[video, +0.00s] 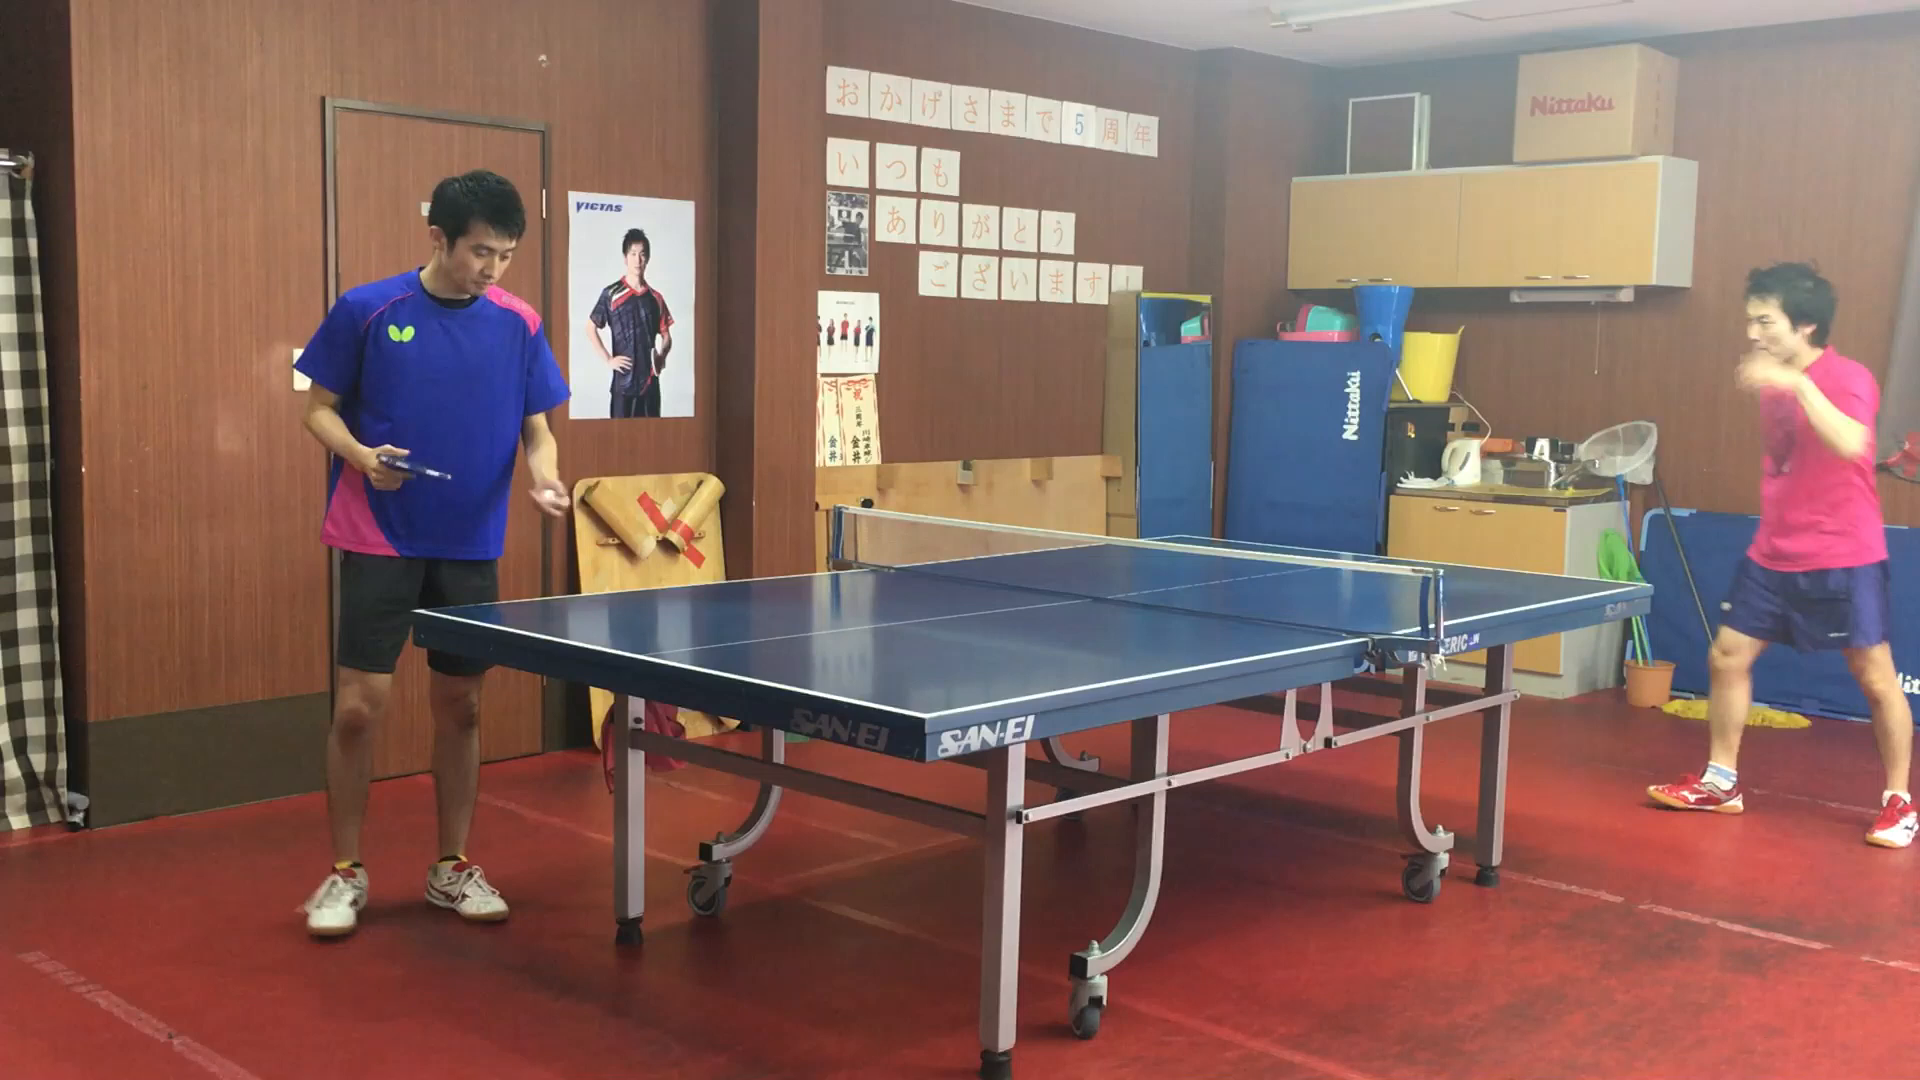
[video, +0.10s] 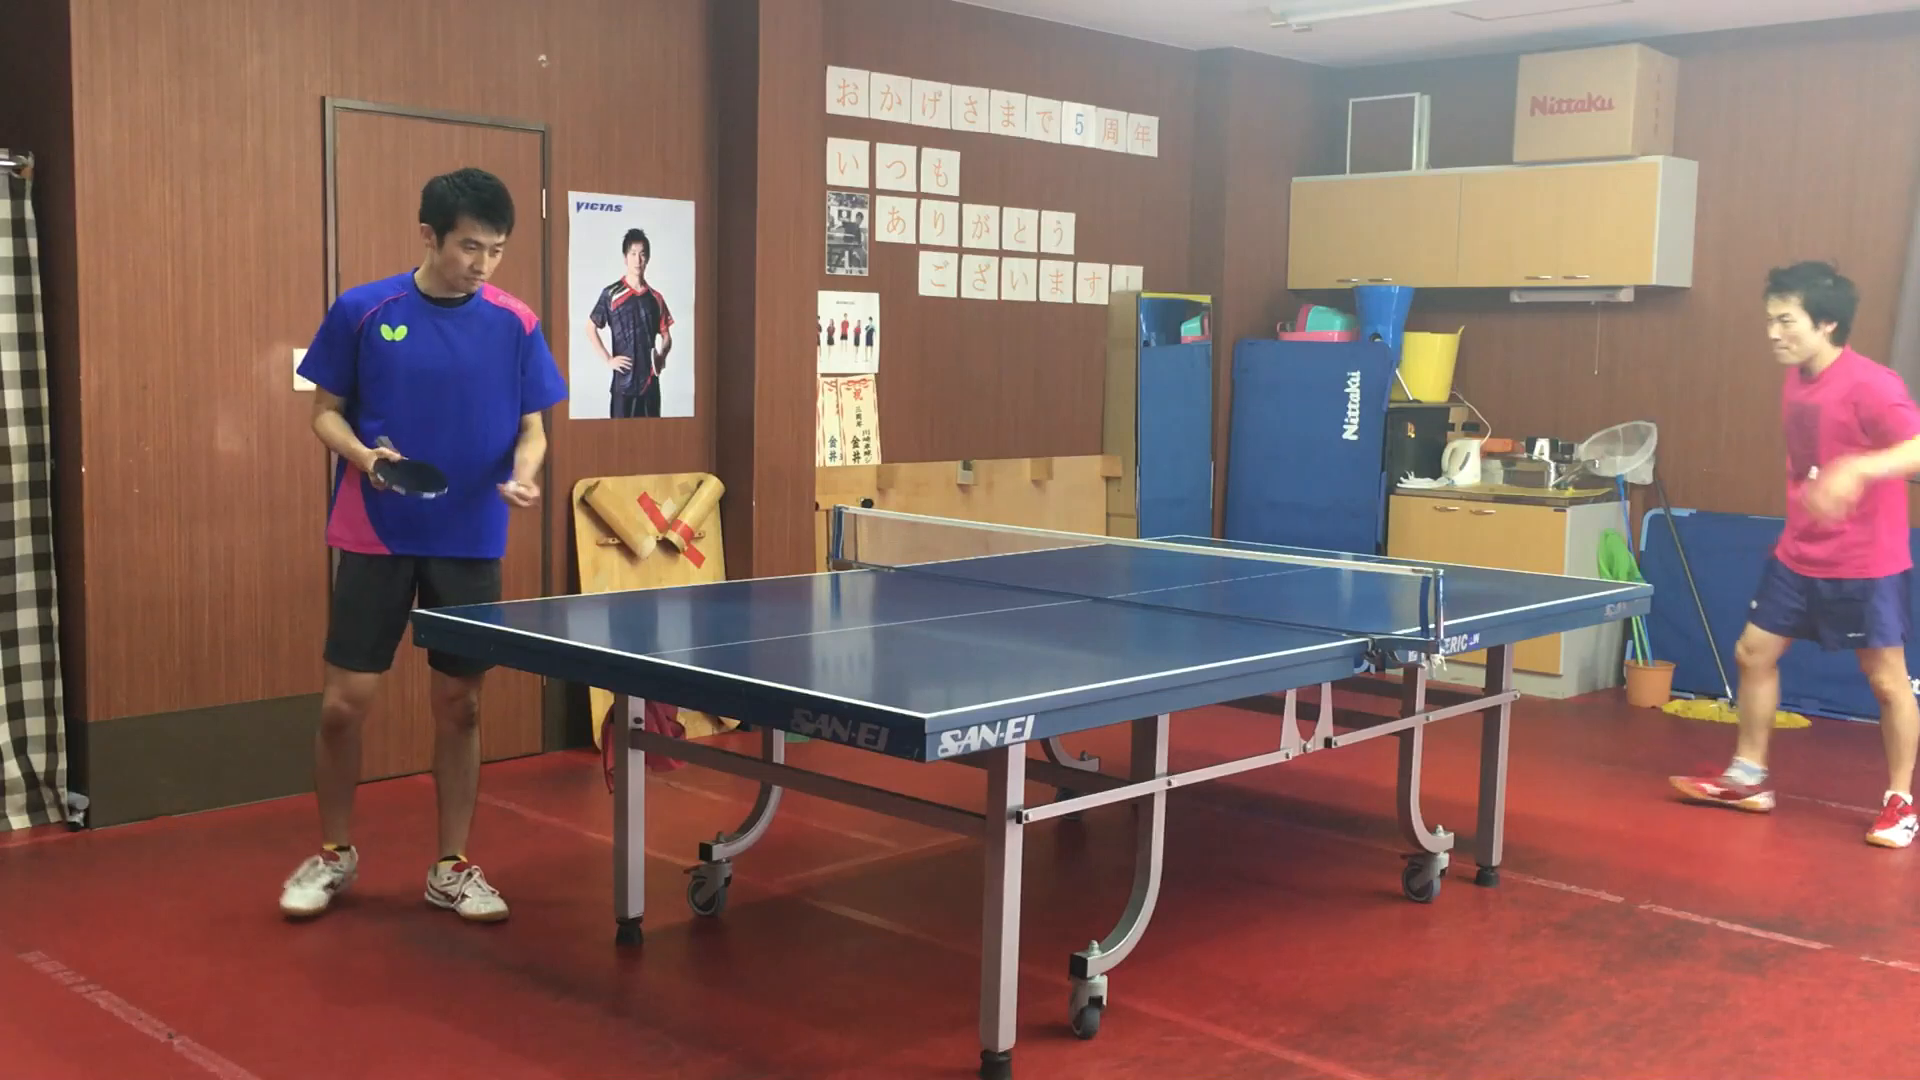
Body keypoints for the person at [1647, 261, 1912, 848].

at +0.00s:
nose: (1752, 332)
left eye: (1765, 320)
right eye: (1750, 320)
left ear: (1806, 325)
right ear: (1755, 324)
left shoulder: (1847, 377)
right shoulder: (1772, 382)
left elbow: (1853, 443)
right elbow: (1783, 465)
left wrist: (1797, 383)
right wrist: (1775, 535)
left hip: (1844, 556)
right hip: (1774, 551)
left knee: (1875, 675)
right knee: (1727, 657)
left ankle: (1899, 799)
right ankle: (1720, 782)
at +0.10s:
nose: (1773, 332)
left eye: (1787, 320)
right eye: (1770, 320)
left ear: (1828, 325)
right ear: (1769, 321)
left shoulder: (1872, 384)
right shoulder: (1797, 378)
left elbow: (1915, 450)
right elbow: (1819, 455)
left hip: (1866, 562)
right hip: (1798, 553)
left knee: (1888, 679)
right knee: (1754, 653)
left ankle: (1901, 796)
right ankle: (1747, 775)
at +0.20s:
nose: (1789, 332)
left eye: (1801, 320)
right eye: (1786, 321)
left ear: (1843, 325)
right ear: (1787, 323)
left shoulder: (1891, 389)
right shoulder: (1802, 381)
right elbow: (1807, 446)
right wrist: (1782, 507)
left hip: (1883, 561)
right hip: (1816, 554)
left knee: (1891, 676)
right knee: (1782, 655)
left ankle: (1902, 796)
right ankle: (1813, 773)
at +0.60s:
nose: (1784, 338)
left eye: (1798, 326)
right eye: (1780, 326)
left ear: (1839, 332)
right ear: (1777, 330)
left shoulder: (1886, 388)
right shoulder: (1790, 403)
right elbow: (1789, 477)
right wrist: (1758, 535)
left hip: (1889, 558)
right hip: (1819, 553)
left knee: (1890, 677)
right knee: (1778, 654)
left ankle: (1901, 797)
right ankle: (1757, 768)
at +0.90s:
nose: (1716, 344)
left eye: (1730, 333)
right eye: (1713, 334)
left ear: (1769, 341)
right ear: (1710, 342)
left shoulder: (1812, 394)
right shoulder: (1725, 420)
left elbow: (1880, 459)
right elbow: (1740, 490)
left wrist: (1868, 543)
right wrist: (1714, 543)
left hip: (1835, 560)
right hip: (1765, 560)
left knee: (1854, 680)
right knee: (1712, 658)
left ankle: (1898, 787)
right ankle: (1713, 776)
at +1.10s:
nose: (1695, 350)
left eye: (1710, 339)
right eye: (1692, 339)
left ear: (1747, 346)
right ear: (1690, 345)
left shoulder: (1786, 396)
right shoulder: (1706, 427)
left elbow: (1841, 464)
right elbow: (1720, 497)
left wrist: (1790, 536)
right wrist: (1709, 542)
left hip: (1832, 554)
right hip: (1762, 555)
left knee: (1863, 677)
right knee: (1706, 657)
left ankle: (1907, 806)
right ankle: (1712, 777)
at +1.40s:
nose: (1710, 393)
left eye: (1725, 381)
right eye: (1708, 381)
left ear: (1766, 391)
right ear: (1708, 386)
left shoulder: (1801, 442)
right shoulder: (1732, 454)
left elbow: (1875, 512)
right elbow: (1754, 522)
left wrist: (1821, 583)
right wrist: (1733, 578)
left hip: (1874, 570)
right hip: (1808, 570)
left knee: (1866, 692)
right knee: (1742, 670)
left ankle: (1898, 837)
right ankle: (1717, 777)